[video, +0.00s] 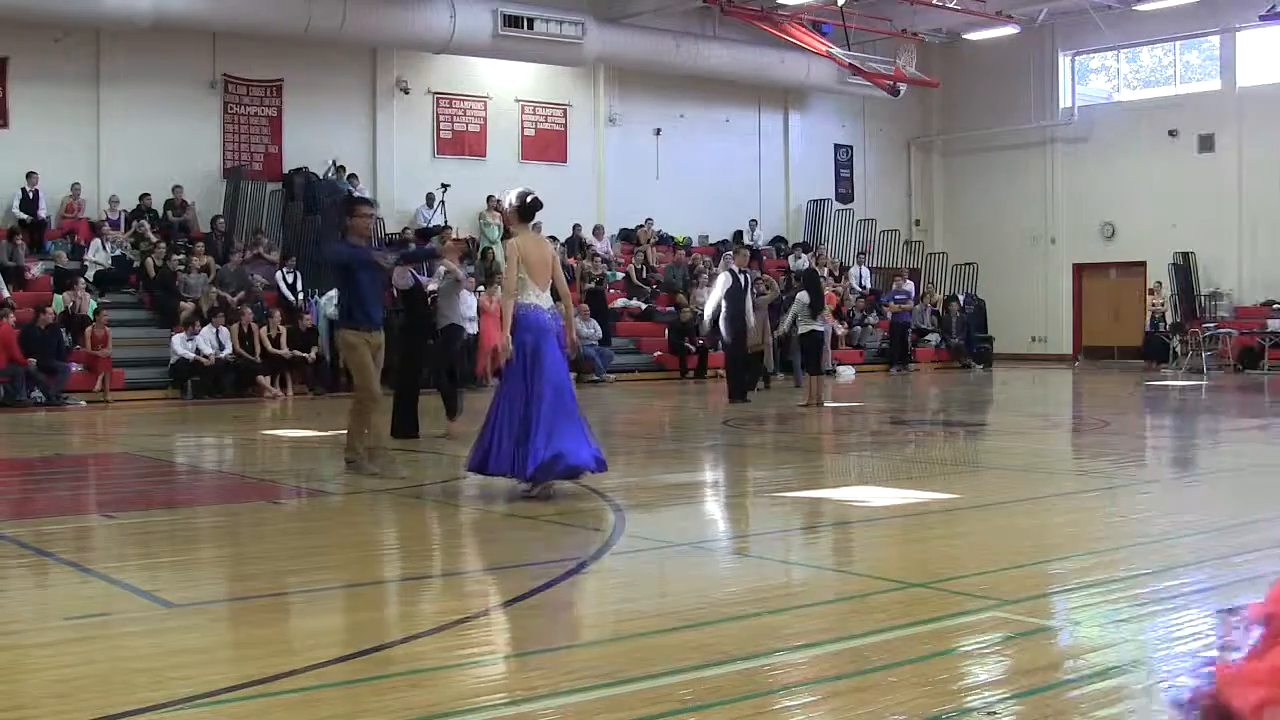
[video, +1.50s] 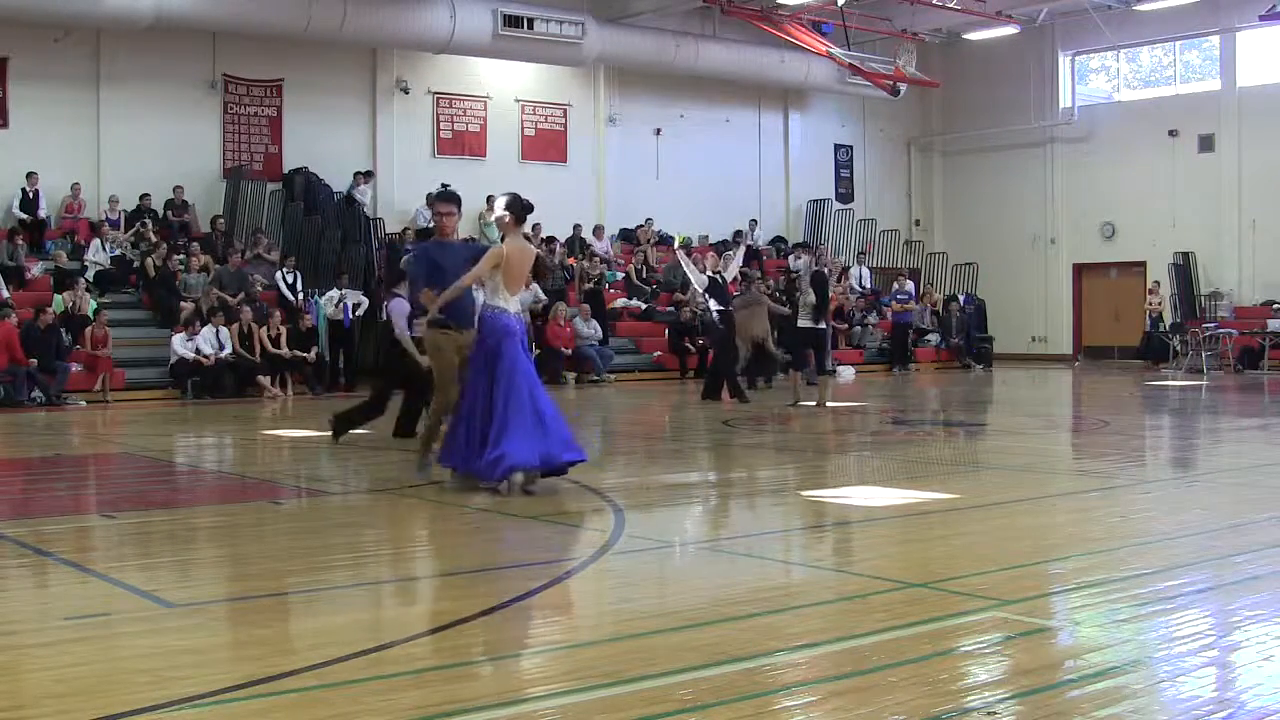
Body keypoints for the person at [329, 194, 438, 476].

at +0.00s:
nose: (369, 223)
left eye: (371, 218)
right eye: (364, 218)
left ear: (372, 221)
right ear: (349, 220)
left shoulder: (376, 251)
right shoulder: (342, 248)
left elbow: (404, 255)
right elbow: (331, 255)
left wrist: (439, 251)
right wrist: (371, 256)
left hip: (376, 333)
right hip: (352, 333)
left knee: (365, 396)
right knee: (372, 393)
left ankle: (353, 454)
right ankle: (377, 455)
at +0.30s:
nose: (387, 224)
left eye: (389, 219)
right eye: (381, 219)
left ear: (389, 223)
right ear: (365, 222)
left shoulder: (390, 254)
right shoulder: (353, 252)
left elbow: (416, 255)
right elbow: (355, 270)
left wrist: (449, 250)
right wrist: (381, 286)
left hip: (390, 335)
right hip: (364, 335)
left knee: (376, 395)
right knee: (381, 396)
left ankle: (354, 454)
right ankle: (392, 457)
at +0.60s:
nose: (404, 224)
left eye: (406, 219)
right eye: (398, 219)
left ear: (407, 221)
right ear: (383, 221)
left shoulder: (408, 252)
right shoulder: (365, 252)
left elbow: (437, 252)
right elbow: (353, 274)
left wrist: (466, 245)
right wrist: (348, 296)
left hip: (408, 334)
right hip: (380, 335)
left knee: (393, 401)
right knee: (388, 401)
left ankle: (363, 448)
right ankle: (394, 458)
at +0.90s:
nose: (417, 224)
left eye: (420, 219)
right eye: (411, 219)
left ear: (422, 220)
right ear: (397, 221)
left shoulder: (424, 253)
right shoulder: (380, 251)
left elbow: (453, 253)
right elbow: (356, 261)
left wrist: (480, 247)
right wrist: (364, 263)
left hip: (418, 336)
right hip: (385, 337)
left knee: (429, 396)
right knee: (392, 401)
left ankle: (423, 458)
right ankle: (395, 459)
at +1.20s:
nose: (427, 224)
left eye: (432, 219)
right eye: (422, 218)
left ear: (440, 222)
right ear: (413, 220)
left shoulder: (445, 253)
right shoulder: (401, 252)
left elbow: (476, 255)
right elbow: (403, 272)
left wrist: (507, 253)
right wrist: (423, 282)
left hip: (442, 337)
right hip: (409, 338)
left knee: (451, 402)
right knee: (404, 403)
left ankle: (456, 465)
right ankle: (397, 459)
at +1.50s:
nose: (443, 221)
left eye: (449, 215)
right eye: (438, 215)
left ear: (459, 217)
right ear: (432, 217)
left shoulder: (471, 249)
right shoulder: (422, 252)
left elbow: (500, 258)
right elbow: (418, 294)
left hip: (469, 332)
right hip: (440, 332)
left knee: (470, 396)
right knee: (447, 395)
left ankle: (464, 455)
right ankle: (426, 448)